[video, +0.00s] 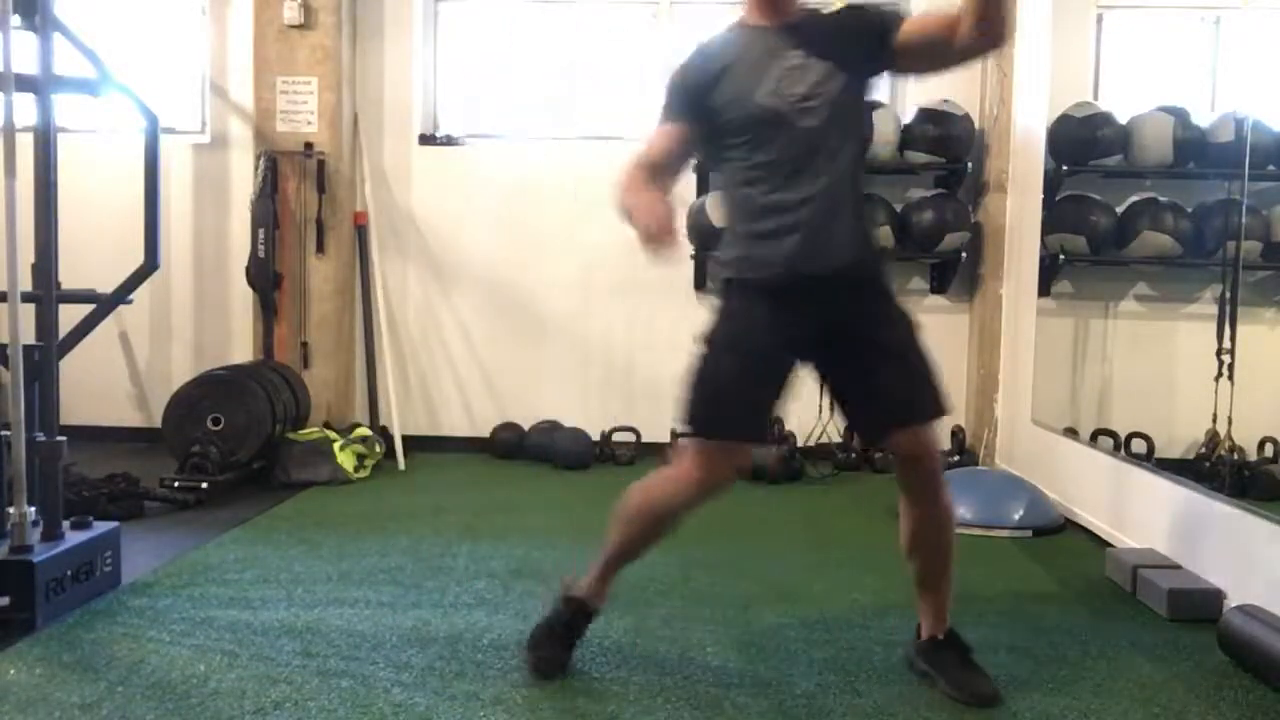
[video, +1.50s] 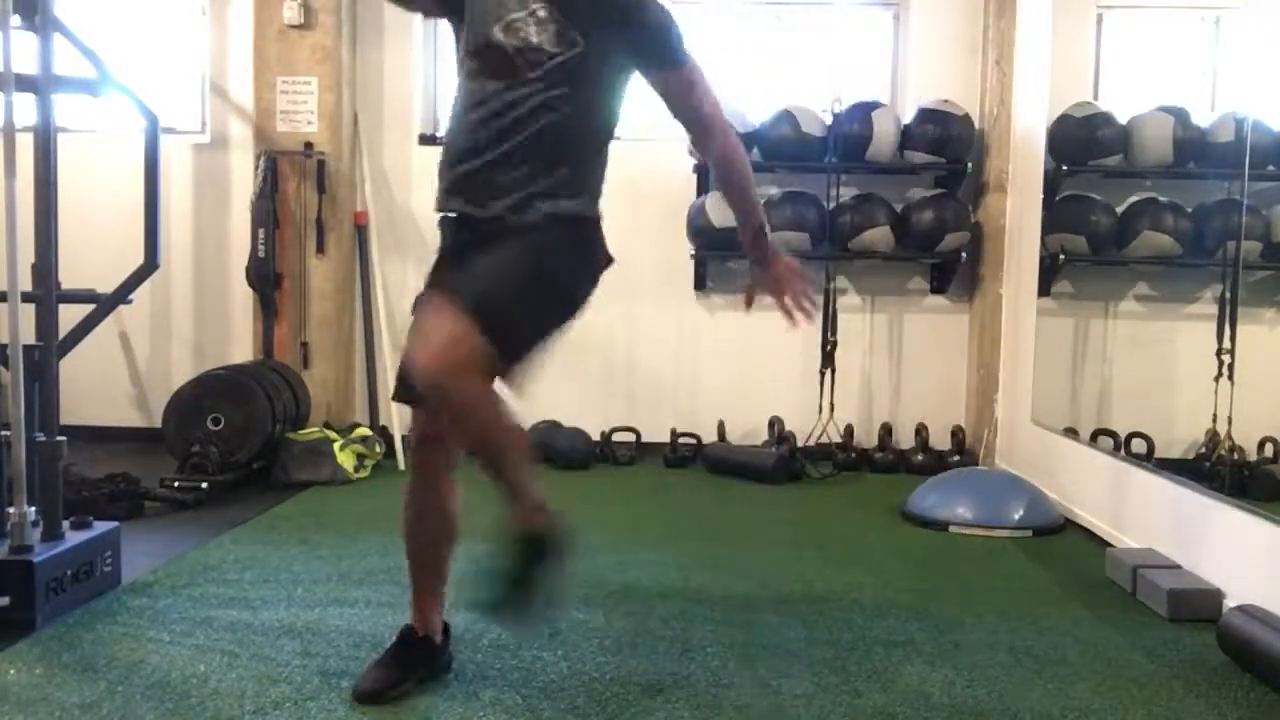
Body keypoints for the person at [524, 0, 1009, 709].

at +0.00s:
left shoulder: (848, 35)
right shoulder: (711, 67)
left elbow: (975, 33)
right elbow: (643, 175)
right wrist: (652, 213)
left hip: (853, 290)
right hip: (757, 297)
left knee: (921, 460)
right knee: (705, 466)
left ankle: (936, 638)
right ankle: (583, 598)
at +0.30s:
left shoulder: (922, 14)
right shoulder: (788, 30)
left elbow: (973, 34)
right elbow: (713, 144)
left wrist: (999, 15)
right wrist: (711, 250)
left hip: (912, 251)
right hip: (817, 241)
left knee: (943, 440)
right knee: (959, 214)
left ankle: (937, 634)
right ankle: (882, 435)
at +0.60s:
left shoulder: (923, 36)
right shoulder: (788, 42)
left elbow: (989, 85)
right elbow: (707, 154)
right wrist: (696, 247)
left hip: (904, 265)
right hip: (819, 258)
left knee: (966, 458)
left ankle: (938, 637)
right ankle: (848, 538)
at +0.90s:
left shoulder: (836, 19)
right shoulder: (709, 16)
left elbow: (890, 76)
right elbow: (613, 131)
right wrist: (643, 104)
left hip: (807, 269)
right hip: (719, 268)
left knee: (870, 438)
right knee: (724, 457)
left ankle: (852, 618)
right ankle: (686, 621)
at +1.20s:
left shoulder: (723, 48)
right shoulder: (584, 18)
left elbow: (754, 139)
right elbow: (481, 24)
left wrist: (695, 187)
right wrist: (470, 8)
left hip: (677, 281)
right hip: (585, 275)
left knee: (735, 463)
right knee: (506, 455)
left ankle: (763, 625)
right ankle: (433, 631)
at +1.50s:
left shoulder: (620, 10)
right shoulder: (467, 3)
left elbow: (708, 124)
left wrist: (763, 250)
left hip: (555, 231)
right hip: (467, 230)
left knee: (439, 357)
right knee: (428, 435)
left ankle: (535, 523)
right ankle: (425, 632)